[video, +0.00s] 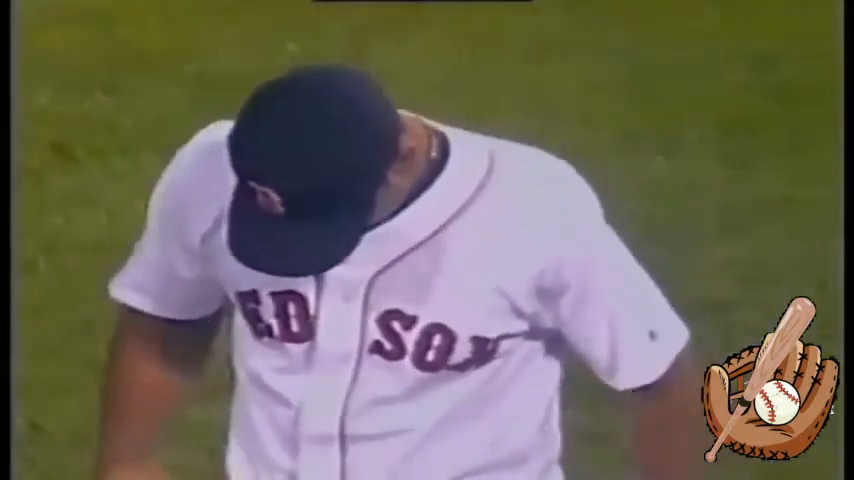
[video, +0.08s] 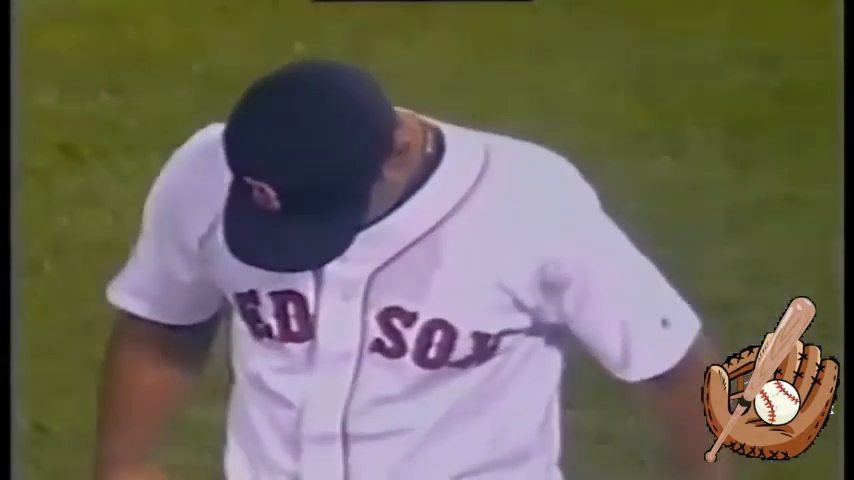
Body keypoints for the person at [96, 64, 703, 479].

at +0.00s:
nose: (299, 250)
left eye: (323, 229)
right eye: (280, 227)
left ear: (396, 166)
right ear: (246, 171)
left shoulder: (538, 207)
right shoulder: (213, 177)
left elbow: (669, 377)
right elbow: (162, 329)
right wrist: (126, 458)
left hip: (485, 469)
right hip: (268, 468)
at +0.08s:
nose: (294, 247)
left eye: (320, 223)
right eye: (275, 224)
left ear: (394, 158)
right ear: (245, 170)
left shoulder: (534, 200)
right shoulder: (208, 179)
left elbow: (681, 369)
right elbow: (159, 332)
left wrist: (710, 465)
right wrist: (123, 465)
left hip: (484, 473)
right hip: (269, 471)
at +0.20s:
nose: (290, 239)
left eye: (314, 217)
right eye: (271, 215)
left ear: (387, 149)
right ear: (242, 161)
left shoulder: (526, 187)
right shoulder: (201, 175)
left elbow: (697, 347)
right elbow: (156, 330)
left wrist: (764, 433)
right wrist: (121, 466)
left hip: (479, 468)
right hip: (263, 466)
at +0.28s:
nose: (289, 234)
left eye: (311, 208)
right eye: (268, 212)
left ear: (377, 142)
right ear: (230, 158)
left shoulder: (518, 185)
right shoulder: (194, 174)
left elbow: (687, 344)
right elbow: (151, 328)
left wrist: (766, 432)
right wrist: (119, 467)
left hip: (466, 470)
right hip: (257, 467)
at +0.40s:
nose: (287, 218)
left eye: (308, 195)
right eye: (264, 201)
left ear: (369, 125)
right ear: (220, 150)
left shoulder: (505, 183)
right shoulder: (182, 176)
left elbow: (666, 343)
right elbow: (142, 328)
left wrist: (755, 452)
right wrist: (115, 468)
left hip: (462, 475)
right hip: (249, 474)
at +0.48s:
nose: (288, 204)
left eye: (308, 182)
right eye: (265, 190)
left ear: (370, 114)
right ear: (221, 135)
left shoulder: (501, 177)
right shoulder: (176, 174)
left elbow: (661, 343)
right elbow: (138, 326)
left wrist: (706, 464)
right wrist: (117, 462)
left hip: (463, 472)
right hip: (249, 471)